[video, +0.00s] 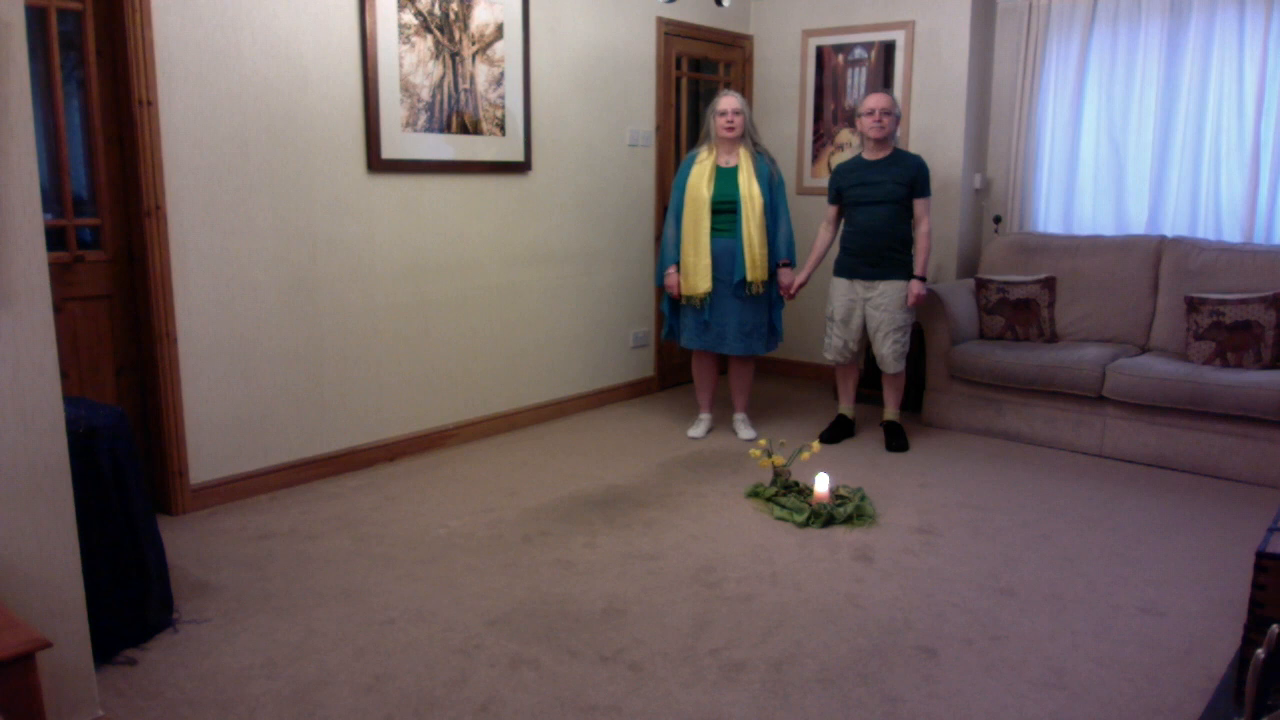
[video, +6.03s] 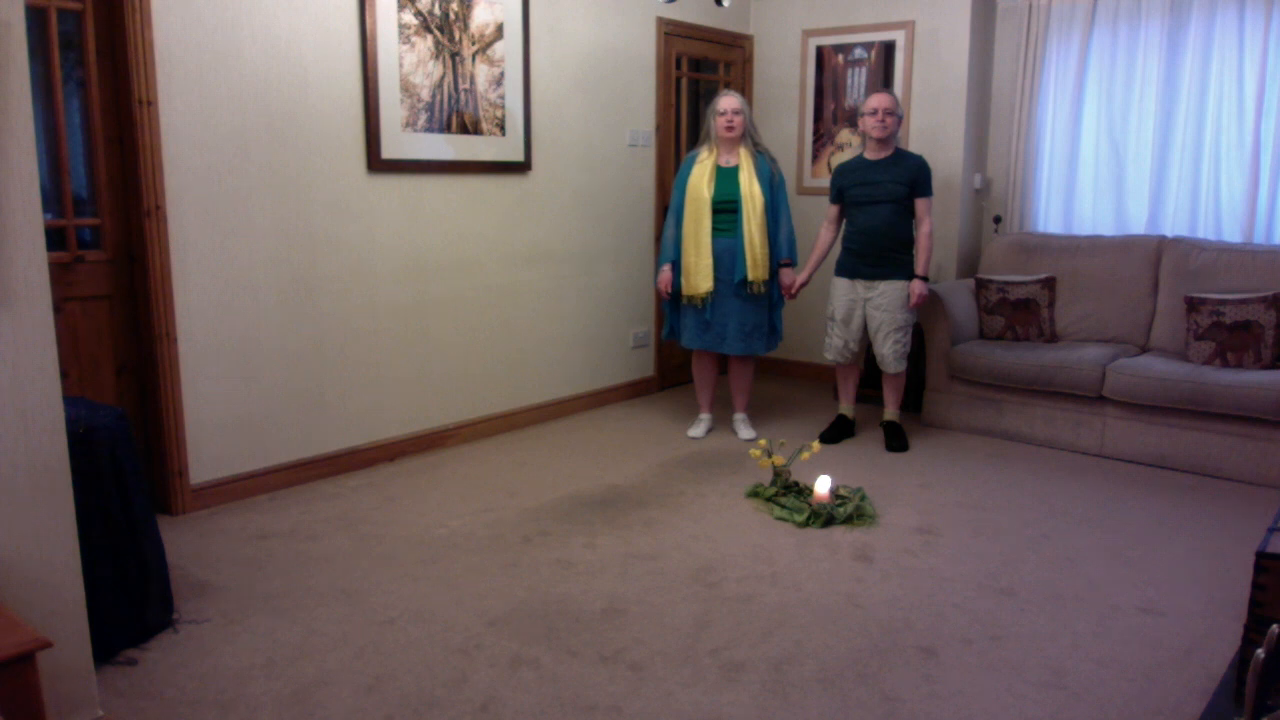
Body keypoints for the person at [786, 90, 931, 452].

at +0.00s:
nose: (878, 119)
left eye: (885, 113)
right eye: (870, 114)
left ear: (897, 121)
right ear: (858, 123)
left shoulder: (913, 167)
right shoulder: (843, 172)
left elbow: (922, 224)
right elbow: (829, 226)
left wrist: (919, 276)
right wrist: (804, 273)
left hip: (893, 279)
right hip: (848, 277)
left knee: (892, 355)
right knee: (843, 349)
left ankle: (892, 420)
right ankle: (845, 415)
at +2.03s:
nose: (877, 119)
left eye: (885, 114)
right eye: (870, 114)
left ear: (896, 121)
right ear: (857, 122)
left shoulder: (912, 167)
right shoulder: (842, 172)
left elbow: (922, 224)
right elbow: (828, 227)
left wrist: (918, 276)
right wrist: (804, 272)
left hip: (892, 279)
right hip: (847, 277)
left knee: (891, 354)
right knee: (843, 349)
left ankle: (891, 420)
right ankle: (845, 415)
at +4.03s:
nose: (879, 119)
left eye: (887, 113)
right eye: (871, 114)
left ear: (898, 121)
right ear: (858, 122)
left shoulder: (913, 166)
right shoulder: (843, 172)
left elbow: (923, 224)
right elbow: (829, 226)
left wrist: (920, 276)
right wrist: (805, 272)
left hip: (893, 279)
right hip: (848, 277)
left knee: (891, 354)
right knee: (843, 348)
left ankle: (892, 420)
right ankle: (845, 415)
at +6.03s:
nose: (881, 119)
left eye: (888, 113)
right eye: (873, 113)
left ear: (900, 121)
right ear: (860, 122)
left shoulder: (914, 166)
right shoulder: (844, 172)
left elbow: (924, 224)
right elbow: (830, 227)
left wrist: (921, 276)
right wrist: (806, 273)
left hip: (894, 278)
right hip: (849, 276)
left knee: (893, 354)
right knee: (844, 349)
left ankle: (892, 420)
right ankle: (845, 415)